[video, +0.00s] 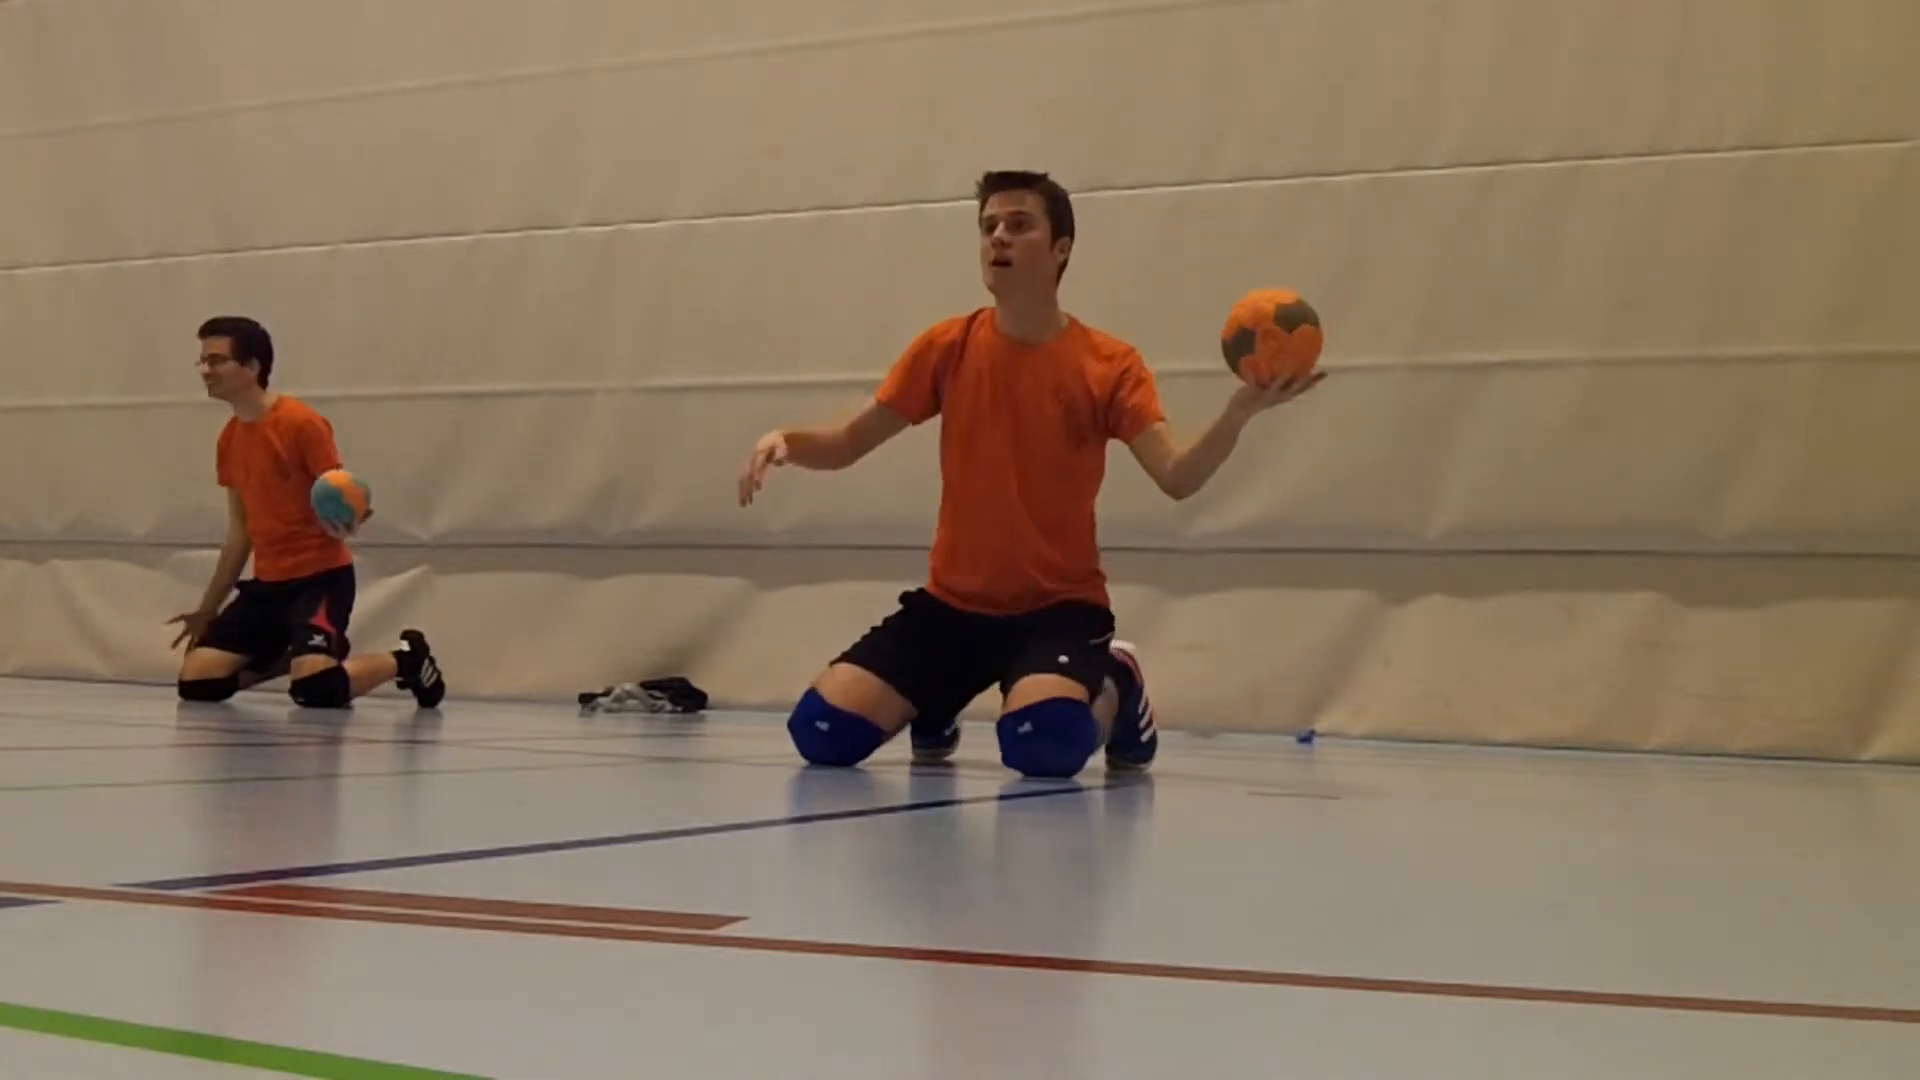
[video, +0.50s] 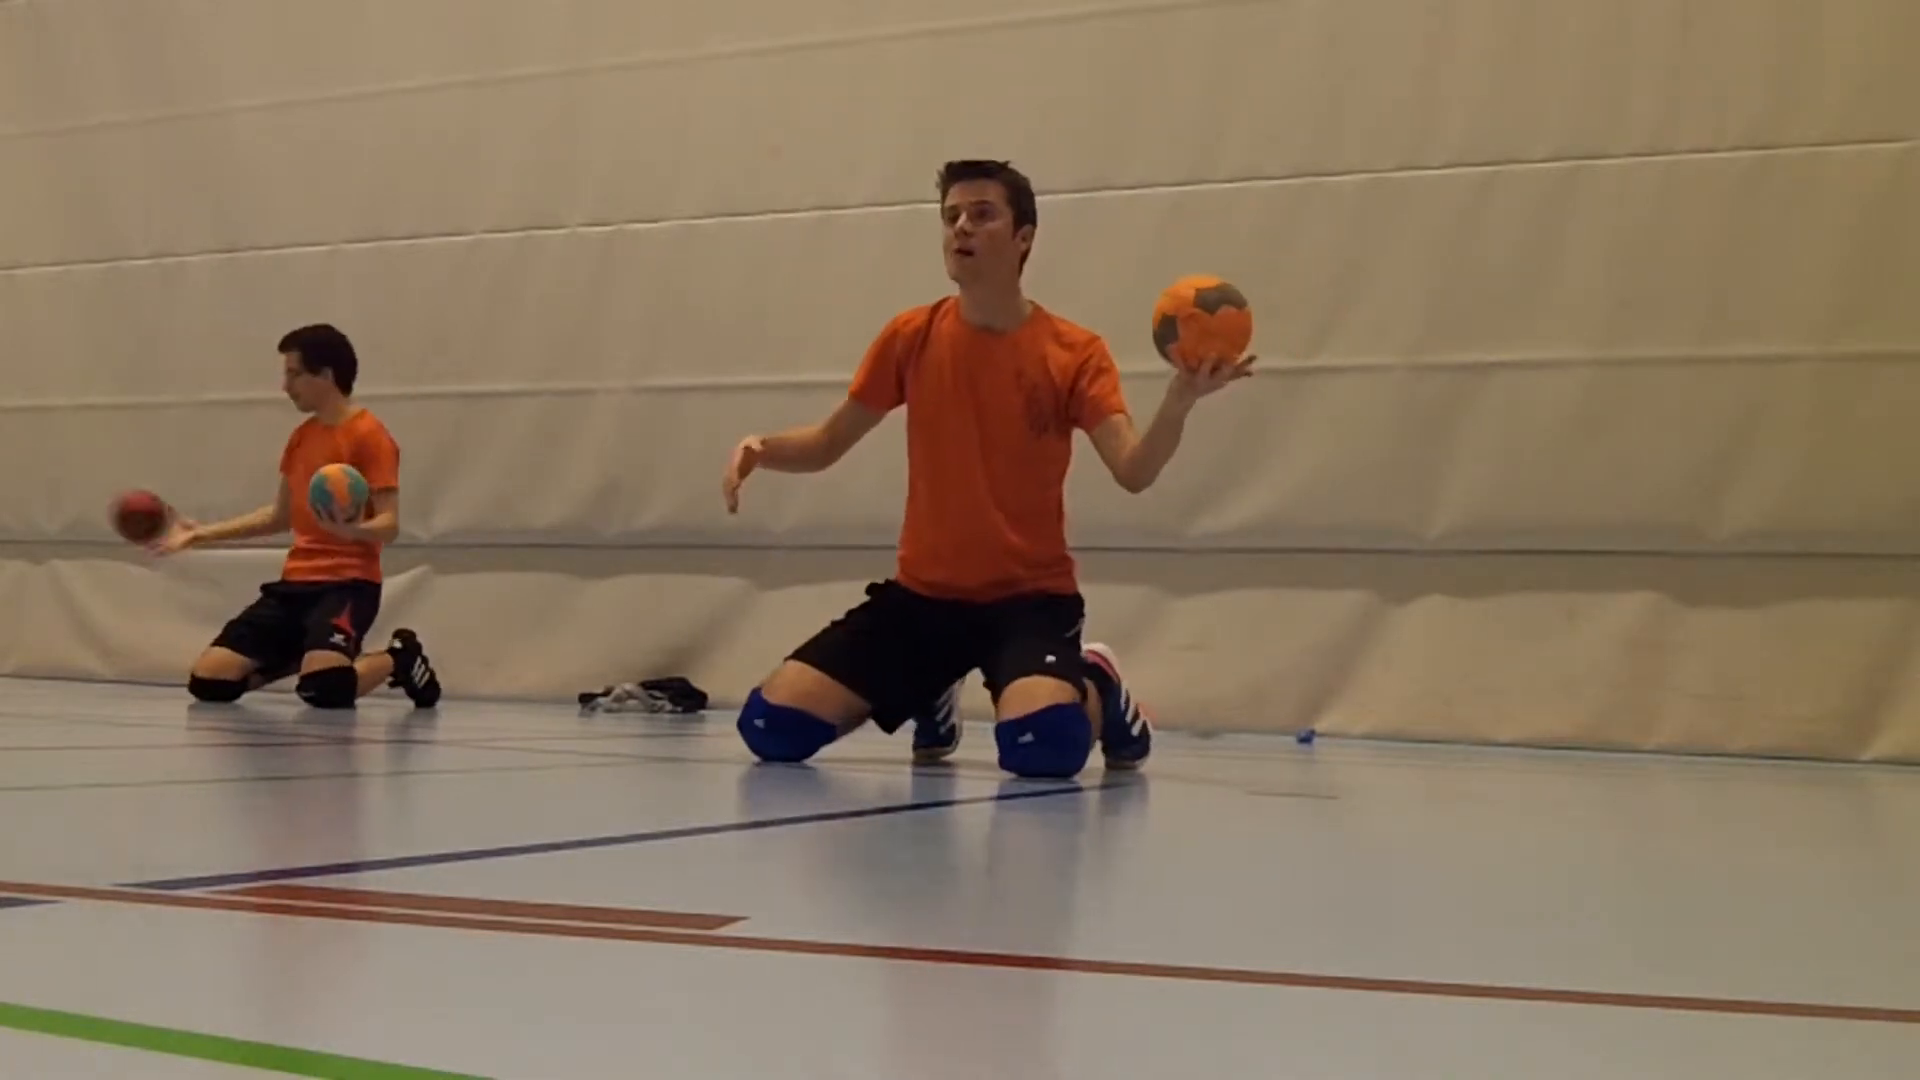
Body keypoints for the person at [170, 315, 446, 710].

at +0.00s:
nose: (205, 370)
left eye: (216, 360)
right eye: (203, 361)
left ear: (253, 367)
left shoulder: (301, 424)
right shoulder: (231, 438)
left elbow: (343, 502)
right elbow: (239, 534)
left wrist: (346, 521)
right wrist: (206, 611)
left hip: (323, 580)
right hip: (268, 584)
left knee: (314, 689)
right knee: (198, 684)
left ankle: (407, 660)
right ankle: (299, 656)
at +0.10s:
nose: (209, 371)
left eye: (221, 361)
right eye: (209, 361)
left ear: (258, 368)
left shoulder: (306, 426)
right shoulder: (237, 440)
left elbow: (344, 504)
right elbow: (235, 538)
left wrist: (341, 522)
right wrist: (188, 605)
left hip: (324, 581)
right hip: (270, 587)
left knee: (313, 689)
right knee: (198, 684)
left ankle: (406, 662)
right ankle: (307, 655)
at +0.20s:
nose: (219, 372)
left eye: (230, 362)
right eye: (218, 362)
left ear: (266, 370)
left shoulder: (310, 426)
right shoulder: (246, 442)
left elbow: (348, 510)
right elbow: (232, 536)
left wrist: (343, 521)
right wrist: (167, 590)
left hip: (328, 581)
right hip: (274, 585)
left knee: (315, 687)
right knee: (198, 682)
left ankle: (406, 660)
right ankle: (309, 653)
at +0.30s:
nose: (235, 375)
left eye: (246, 366)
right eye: (234, 365)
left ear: (282, 373)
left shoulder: (324, 430)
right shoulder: (257, 446)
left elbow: (357, 517)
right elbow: (233, 535)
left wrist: (345, 524)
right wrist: (158, 569)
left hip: (332, 583)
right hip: (280, 586)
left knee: (315, 687)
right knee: (197, 683)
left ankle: (404, 660)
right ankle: (306, 657)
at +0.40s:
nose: (259, 379)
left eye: (269, 369)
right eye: (259, 370)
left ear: (305, 373)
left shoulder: (345, 431)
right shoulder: (279, 442)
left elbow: (371, 520)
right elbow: (255, 528)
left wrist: (347, 527)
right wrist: (173, 546)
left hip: (340, 584)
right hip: (287, 585)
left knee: (320, 686)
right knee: (201, 683)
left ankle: (402, 658)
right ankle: (308, 656)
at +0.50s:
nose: (285, 386)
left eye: (293, 374)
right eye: (285, 374)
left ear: (326, 375)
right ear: (317, 377)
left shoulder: (370, 435)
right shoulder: (303, 435)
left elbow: (388, 525)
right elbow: (281, 516)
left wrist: (350, 531)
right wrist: (200, 533)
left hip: (347, 585)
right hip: (294, 583)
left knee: (322, 689)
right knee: (208, 684)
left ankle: (400, 660)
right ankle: (310, 655)